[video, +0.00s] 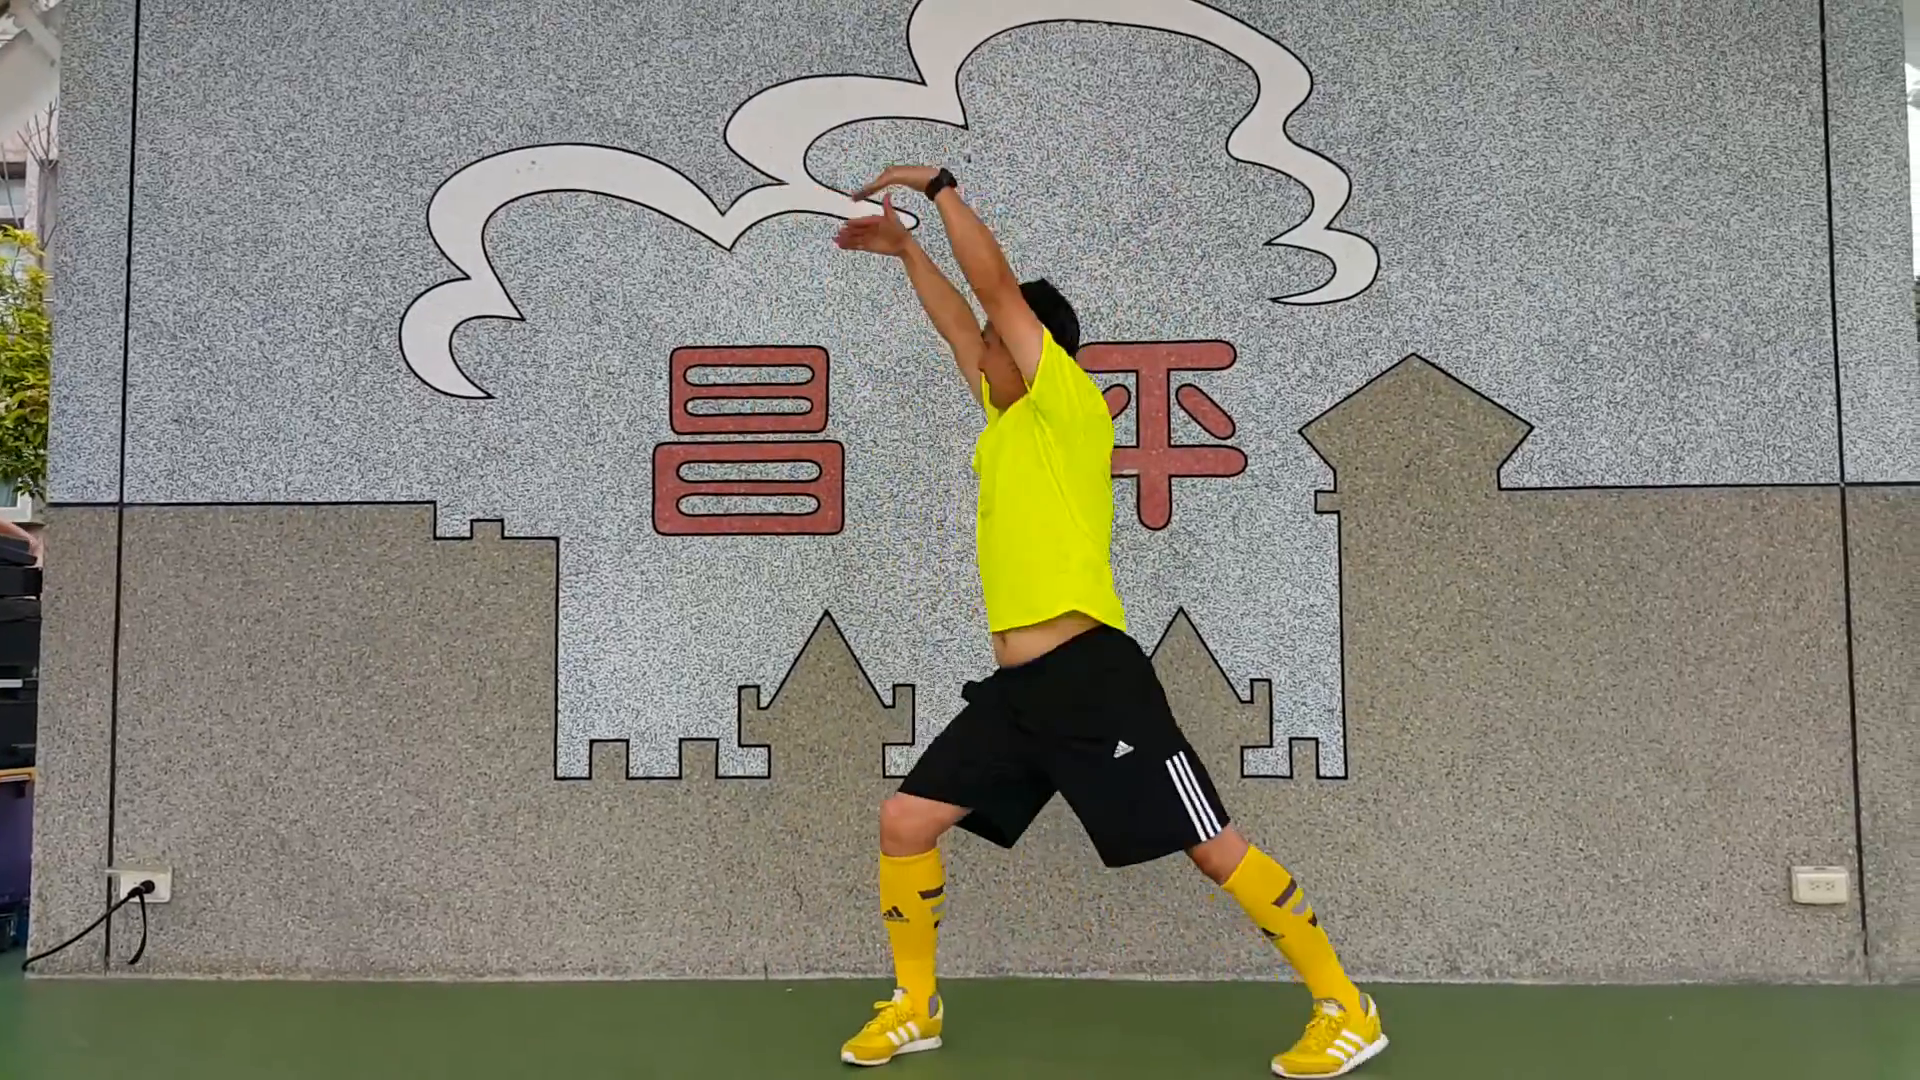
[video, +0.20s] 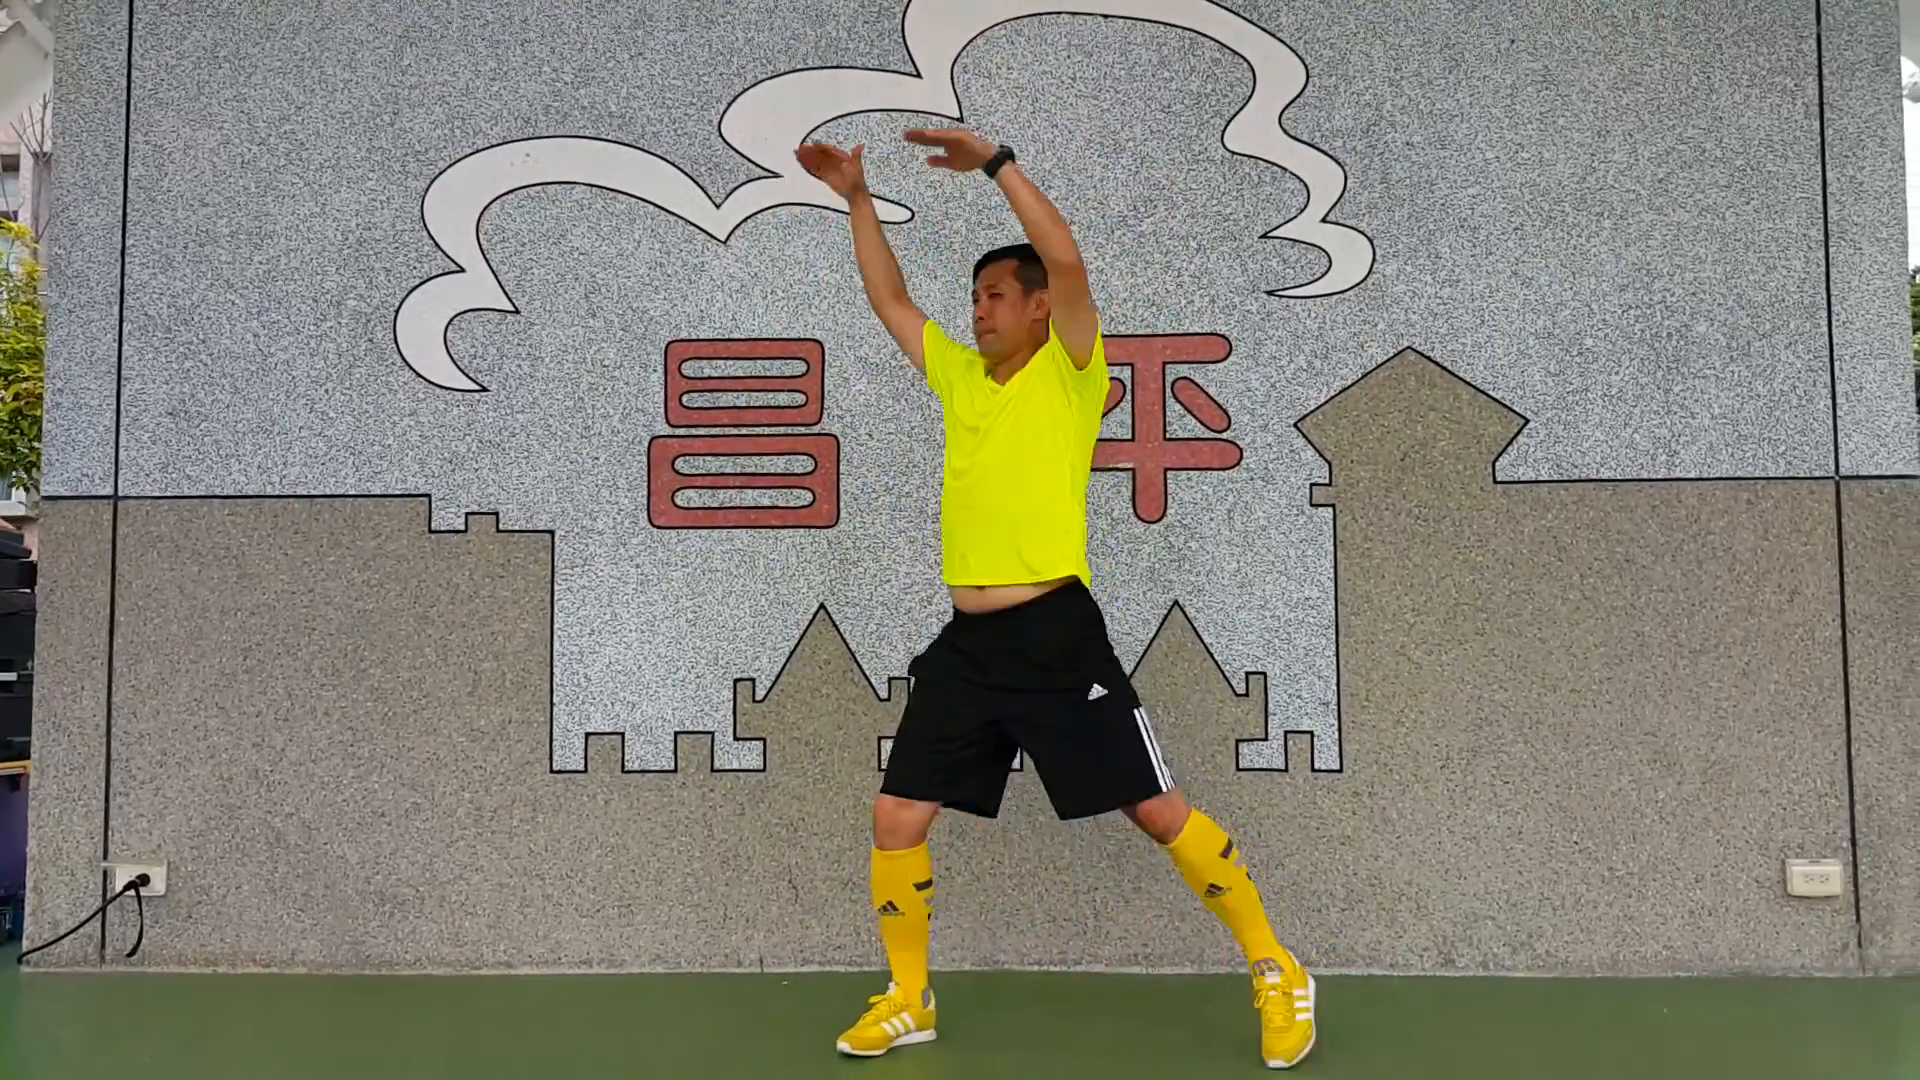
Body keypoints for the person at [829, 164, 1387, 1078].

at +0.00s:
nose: (985, 354)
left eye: (1001, 335)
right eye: (985, 340)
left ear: (1045, 339)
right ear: (1002, 355)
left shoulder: (1074, 406)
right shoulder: (1008, 420)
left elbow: (1000, 294)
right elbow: (959, 330)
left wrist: (938, 189)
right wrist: (902, 247)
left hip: (1097, 675)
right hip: (1015, 689)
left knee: (1216, 848)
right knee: (907, 821)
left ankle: (1347, 1008)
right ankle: (913, 1006)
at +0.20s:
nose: (978, 310)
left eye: (994, 297)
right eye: (976, 298)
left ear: (1041, 305)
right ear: (977, 311)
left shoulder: (1072, 373)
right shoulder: (961, 378)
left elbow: (1064, 263)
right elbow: (890, 300)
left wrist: (997, 162)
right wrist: (856, 197)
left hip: (1059, 635)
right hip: (966, 644)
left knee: (1158, 811)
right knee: (896, 817)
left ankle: (1275, 970)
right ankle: (909, 999)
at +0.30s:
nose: (985, 276)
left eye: (1002, 263)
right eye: (973, 265)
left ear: (1039, 278)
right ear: (959, 282)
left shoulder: (1069, 352)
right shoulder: (928, 352)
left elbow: (1126, 293)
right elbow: (830, 310)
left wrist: (1068, 184)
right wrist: (818, 201)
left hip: (1049, 607)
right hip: (946, 614)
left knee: (1125, 788)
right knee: (910, 806)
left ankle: (1192, 968)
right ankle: (897, 991)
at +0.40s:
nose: (986, 263)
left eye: (1002, 251)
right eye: (970, 252)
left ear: (1027, 271)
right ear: (952, 272)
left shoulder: (1059, 348)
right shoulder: (918, 352)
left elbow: (1143, 385)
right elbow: (804, 382)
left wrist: (1126, 290)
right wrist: (793, 282)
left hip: (1042, 598)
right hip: (940, 600)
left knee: (1095, 788)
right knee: (902, 794)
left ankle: (1138, 980)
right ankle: (863, 976)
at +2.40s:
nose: (1037, 238)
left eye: (1037, 225)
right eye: (1018, 224)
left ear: (1032, 239)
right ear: (970, 239)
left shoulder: (1055, 352)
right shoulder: (927, 328)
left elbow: (1097, 453)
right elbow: (857, 435)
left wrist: (1169, 405)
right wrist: (895, 365)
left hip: (1020, 573)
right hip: (927, 564)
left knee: (1059, 756)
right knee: (880, 760)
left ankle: (1061, 944)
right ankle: (831, 934)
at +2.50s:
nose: (1045, 247)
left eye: (1043, 232)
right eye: (1030, 231)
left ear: (1019, 242)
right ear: (982, 237)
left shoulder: (1048, 353)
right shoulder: (934, 316)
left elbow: (1125, 409)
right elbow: (898, 391)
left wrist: (1175, 340)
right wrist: (970, 302)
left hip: (1008, 579)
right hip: (920, 561)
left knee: (1045, 756)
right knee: (864, 756)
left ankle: (1059, 941)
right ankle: (780, 915)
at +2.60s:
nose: (1034, 250)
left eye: (1032, 235)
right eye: (1021, 236)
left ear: (1019, 246)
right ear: (976, 240)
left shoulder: (1031, 328)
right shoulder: (931, 316)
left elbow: (1119, 310)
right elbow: (936, 268)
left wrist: (1157, 224)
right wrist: (997, 172)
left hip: (977, 572)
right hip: (899, 558)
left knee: (1023, 752)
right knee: (831, 747)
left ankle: (1059, 939)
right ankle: (704, 892)